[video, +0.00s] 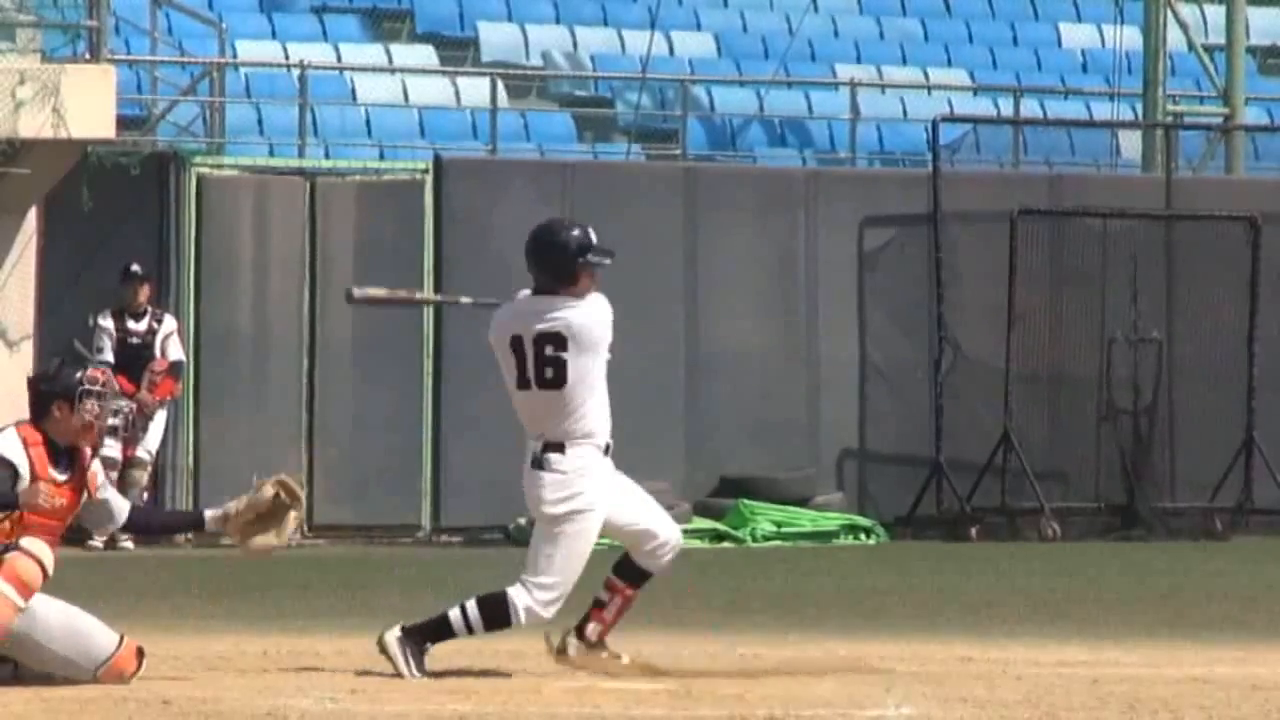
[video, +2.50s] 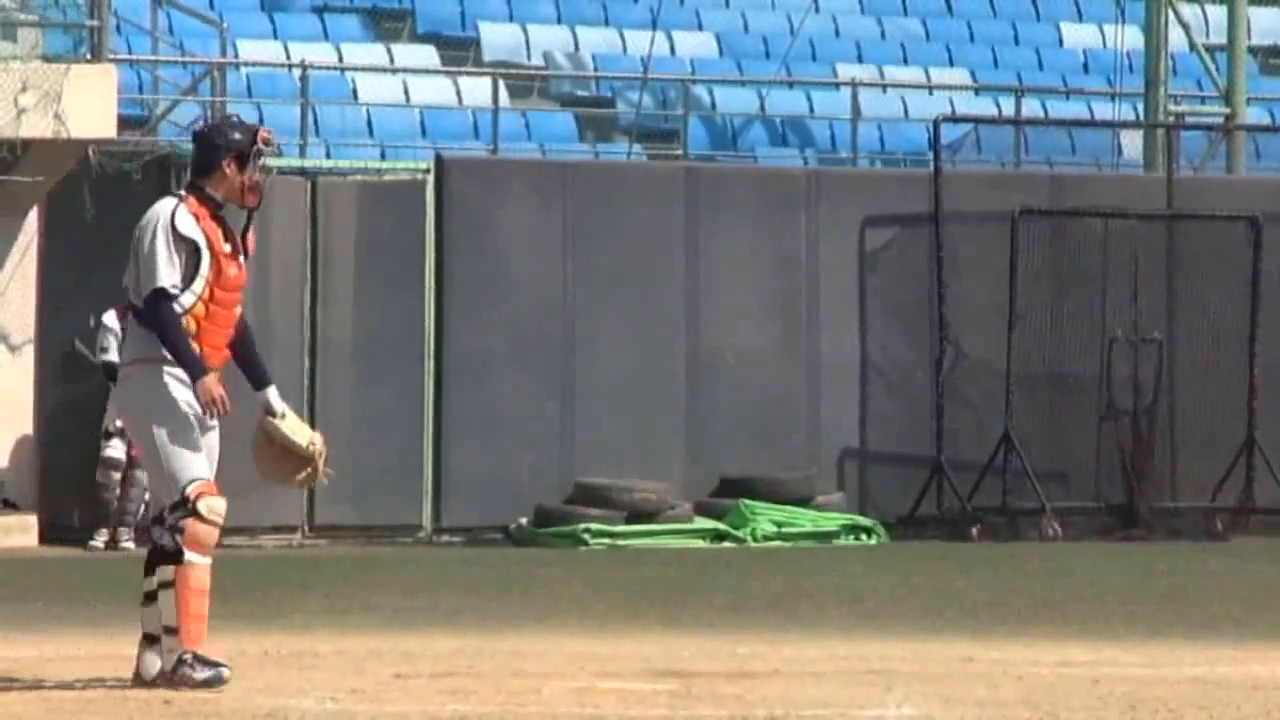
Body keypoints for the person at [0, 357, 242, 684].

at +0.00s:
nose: (97, 412)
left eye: (98, 403)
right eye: (87, 404)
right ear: (59, 410)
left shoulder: (80, 464)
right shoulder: (14, 446)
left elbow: (129, 518)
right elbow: (1, 495)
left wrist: (217, 519)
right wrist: (17, 499)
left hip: (11, 594)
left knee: (120, 662)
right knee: (34, 553)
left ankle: (13, 667)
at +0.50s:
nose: (80, 312)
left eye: (80, 302)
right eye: (74, 302)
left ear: (50, 307)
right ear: (52, 307)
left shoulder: (45, 356)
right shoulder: (14, 354)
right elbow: (35, 444)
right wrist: (101, 489)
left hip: (8, 509)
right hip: (3, 509)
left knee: (84, 586)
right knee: (25, 566)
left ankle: (9, 653)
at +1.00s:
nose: (112, 224)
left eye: (112, 214)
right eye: (106, 213)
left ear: (82, 215)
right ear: (82, 214)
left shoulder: (62, 265)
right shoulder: (36, 256)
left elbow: (32, 353)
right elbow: (3, 335)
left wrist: (55, 418)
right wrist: (13, 406)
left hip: (16, 418)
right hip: (3, 419)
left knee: (20, 535)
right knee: (55, 516)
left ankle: (17, 651)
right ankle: (35, 656)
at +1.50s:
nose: (130, 194)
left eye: (131, 184)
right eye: (124, 183)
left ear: (104, 183)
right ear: (98, 182)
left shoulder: (94, 240)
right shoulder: (47, 239)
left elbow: (83, 331)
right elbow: (29, 330)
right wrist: (58, 409)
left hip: (68, 391)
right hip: (26, 392)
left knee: (101, 517)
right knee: (59, 520)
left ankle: (54, 638)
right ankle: (25, 655)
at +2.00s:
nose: (198, 184)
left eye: (198, 173)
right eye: (193, 173)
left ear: (166, 175)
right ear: (168, 174)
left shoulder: (160, 233)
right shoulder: (117, 227)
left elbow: (153, 311)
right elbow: (110, 317)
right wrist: (134, 397)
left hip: (144, 391)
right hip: (96, 388)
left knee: (160, 526)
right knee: (88, 527)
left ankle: (159, 660)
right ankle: (32, 657)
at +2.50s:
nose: (257, 176)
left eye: (257, 165)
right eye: (252, 165)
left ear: (228, 166)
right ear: (228, 166)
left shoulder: (226, 230)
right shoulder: (169, 219)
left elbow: (230, 323)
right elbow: (156, 303)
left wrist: (272, 397)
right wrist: (199, 372)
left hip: (195, 380)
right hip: (159, 378)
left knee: (179, 517)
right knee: (201, 510)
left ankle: (155, 653)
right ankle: (188, 654)